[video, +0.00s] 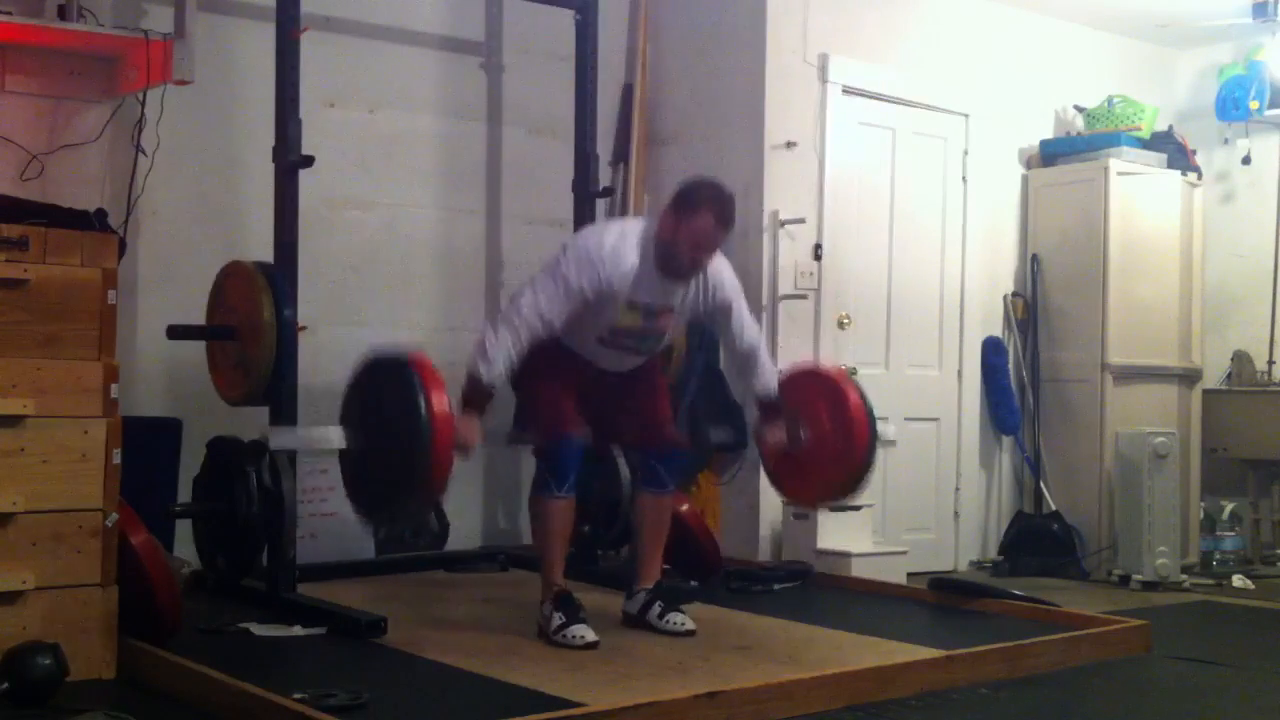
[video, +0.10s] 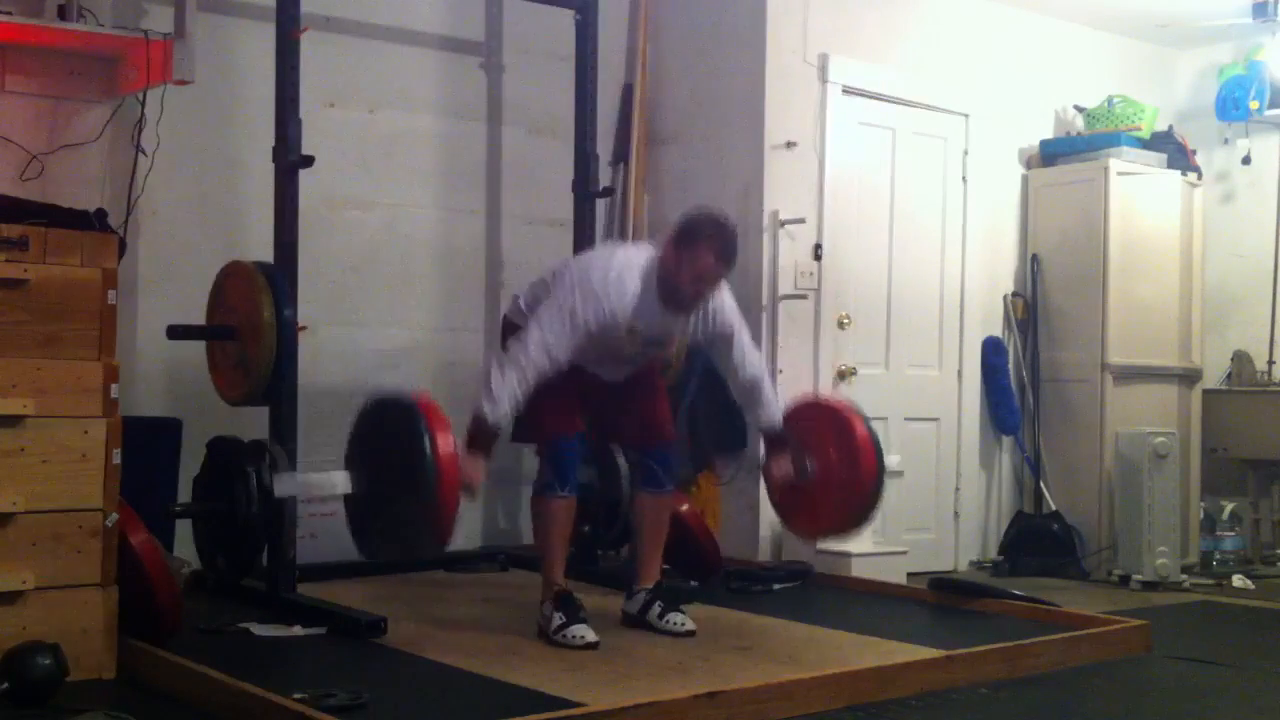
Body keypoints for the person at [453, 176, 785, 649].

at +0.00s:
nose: (699, 260)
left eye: (710, 250)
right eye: (695, 245)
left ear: (720, 244)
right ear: (668, 222)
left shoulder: (714, 275)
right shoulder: (605, 250)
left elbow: (746, 340)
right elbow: (525, 312)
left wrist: (770, 408)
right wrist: (473, 402)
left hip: (635, 368)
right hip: (561, 357)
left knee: (661, 459)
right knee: (564, 450)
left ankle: (645, 596)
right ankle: (555, 600)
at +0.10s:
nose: (700, 292)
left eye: (710, 283)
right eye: (695, 277)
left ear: (721, 277)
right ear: (671, 253)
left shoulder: (712, 300)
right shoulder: (607, 280)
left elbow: (746, 365)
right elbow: (533, 346)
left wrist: (777, 437)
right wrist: (481, 438)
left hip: (630, 357)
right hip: (550, 344)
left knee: (657, 460)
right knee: (563, 457)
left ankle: (645, 594)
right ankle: (555, 599)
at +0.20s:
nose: (700, 359)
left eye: (709, 349)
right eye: (694, 345)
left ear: (722, 337)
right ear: (672, 318)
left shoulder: (713, 343)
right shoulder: (608, 332)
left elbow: (746, 408)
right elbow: (536, 405)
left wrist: (783, 488)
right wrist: (485, 500)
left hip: (630, 371)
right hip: (543, 351)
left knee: (662, 459)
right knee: (569, 457)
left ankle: (644, 596)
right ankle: (556, 600)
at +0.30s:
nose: (698, 400)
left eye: (708, 392)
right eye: (693, 386)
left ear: (721, 376)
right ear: (671, 354)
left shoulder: (710, 375)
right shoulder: (604, 362)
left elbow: (749, 438)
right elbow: (532, 441)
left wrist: (785, 515)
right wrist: (488, 536)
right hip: (539, 355)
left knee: (668, 454)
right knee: (570, 456)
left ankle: (644, 594)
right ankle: (557, 599)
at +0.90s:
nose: (693, 423)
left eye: (703, 415)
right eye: (692, 411)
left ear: (717, 397)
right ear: (669, 379)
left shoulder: (708, 383)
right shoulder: (606, 376)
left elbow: (749, 449)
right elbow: (533, 450)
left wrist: (788, 525)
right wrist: (485, 541)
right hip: (534, 354)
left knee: (677, 452)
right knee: (576, 457)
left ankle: (647, 593)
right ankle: (549, 599)